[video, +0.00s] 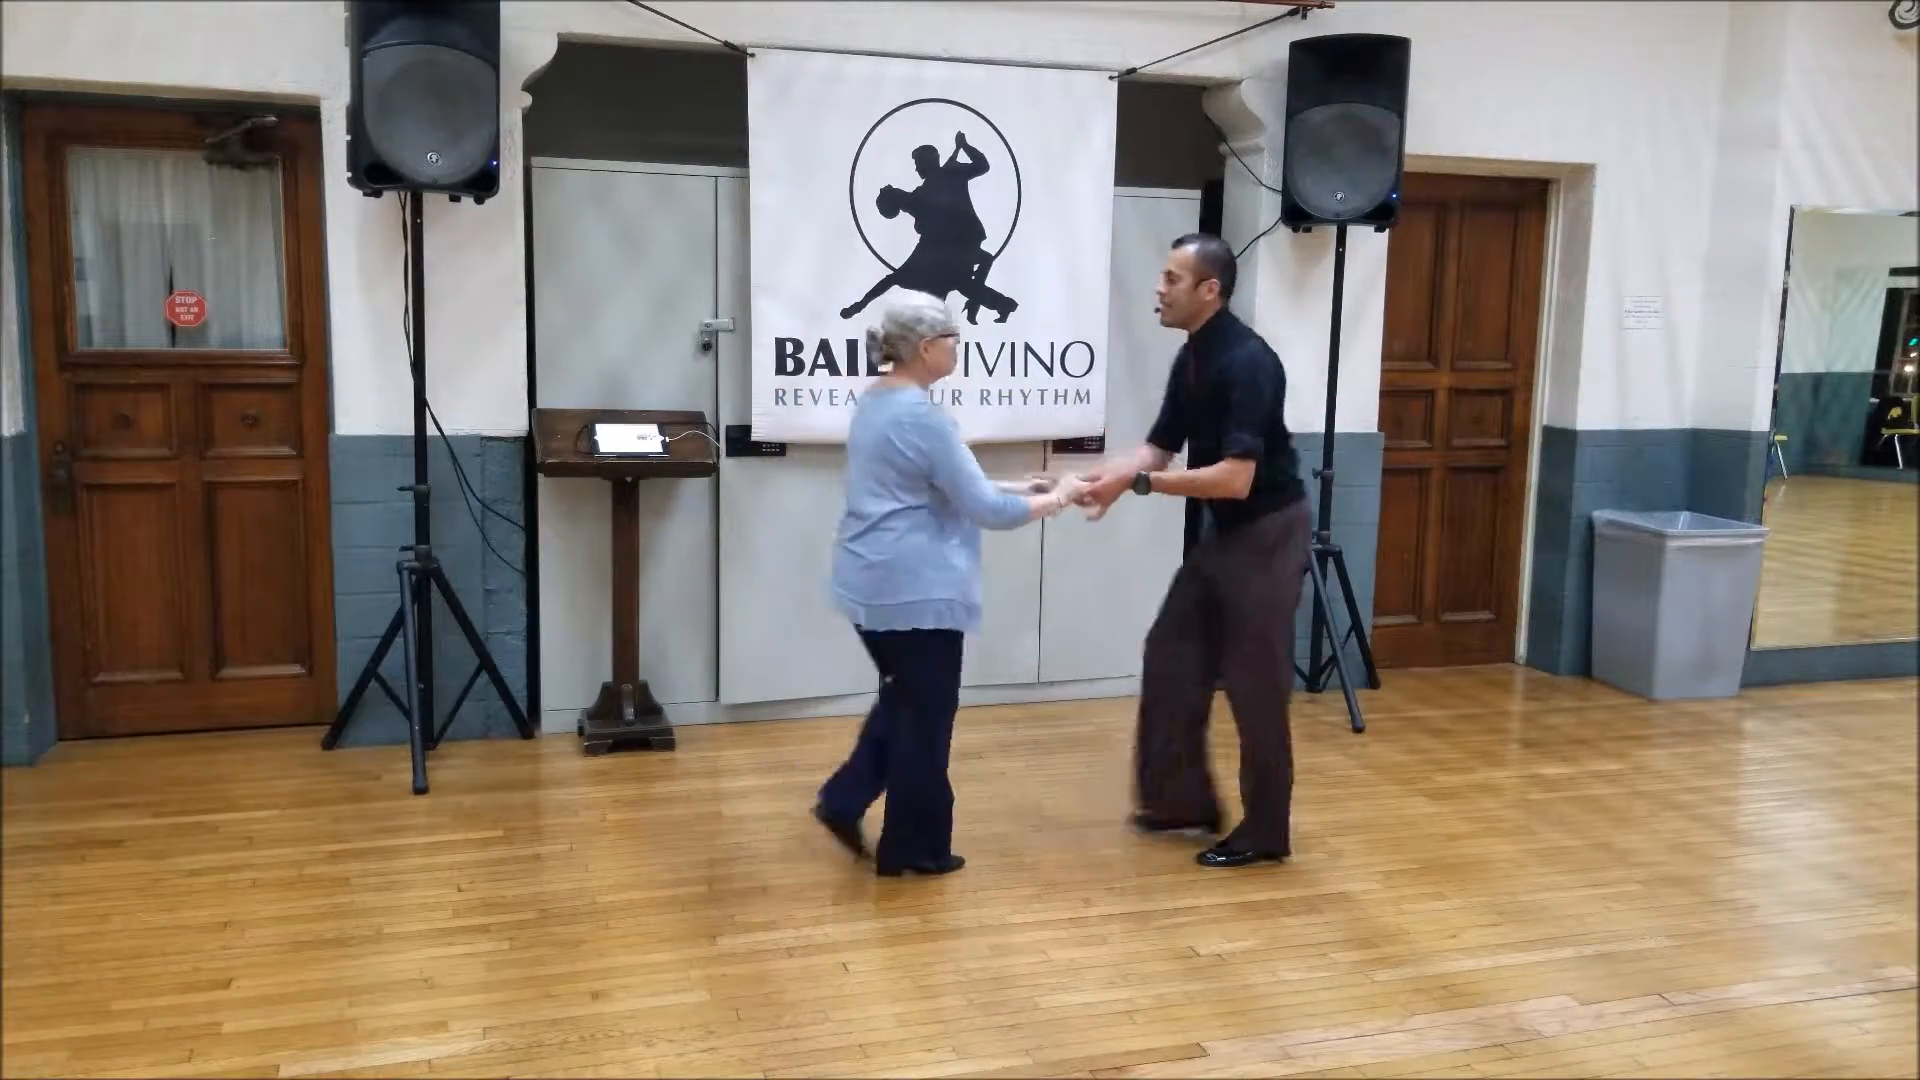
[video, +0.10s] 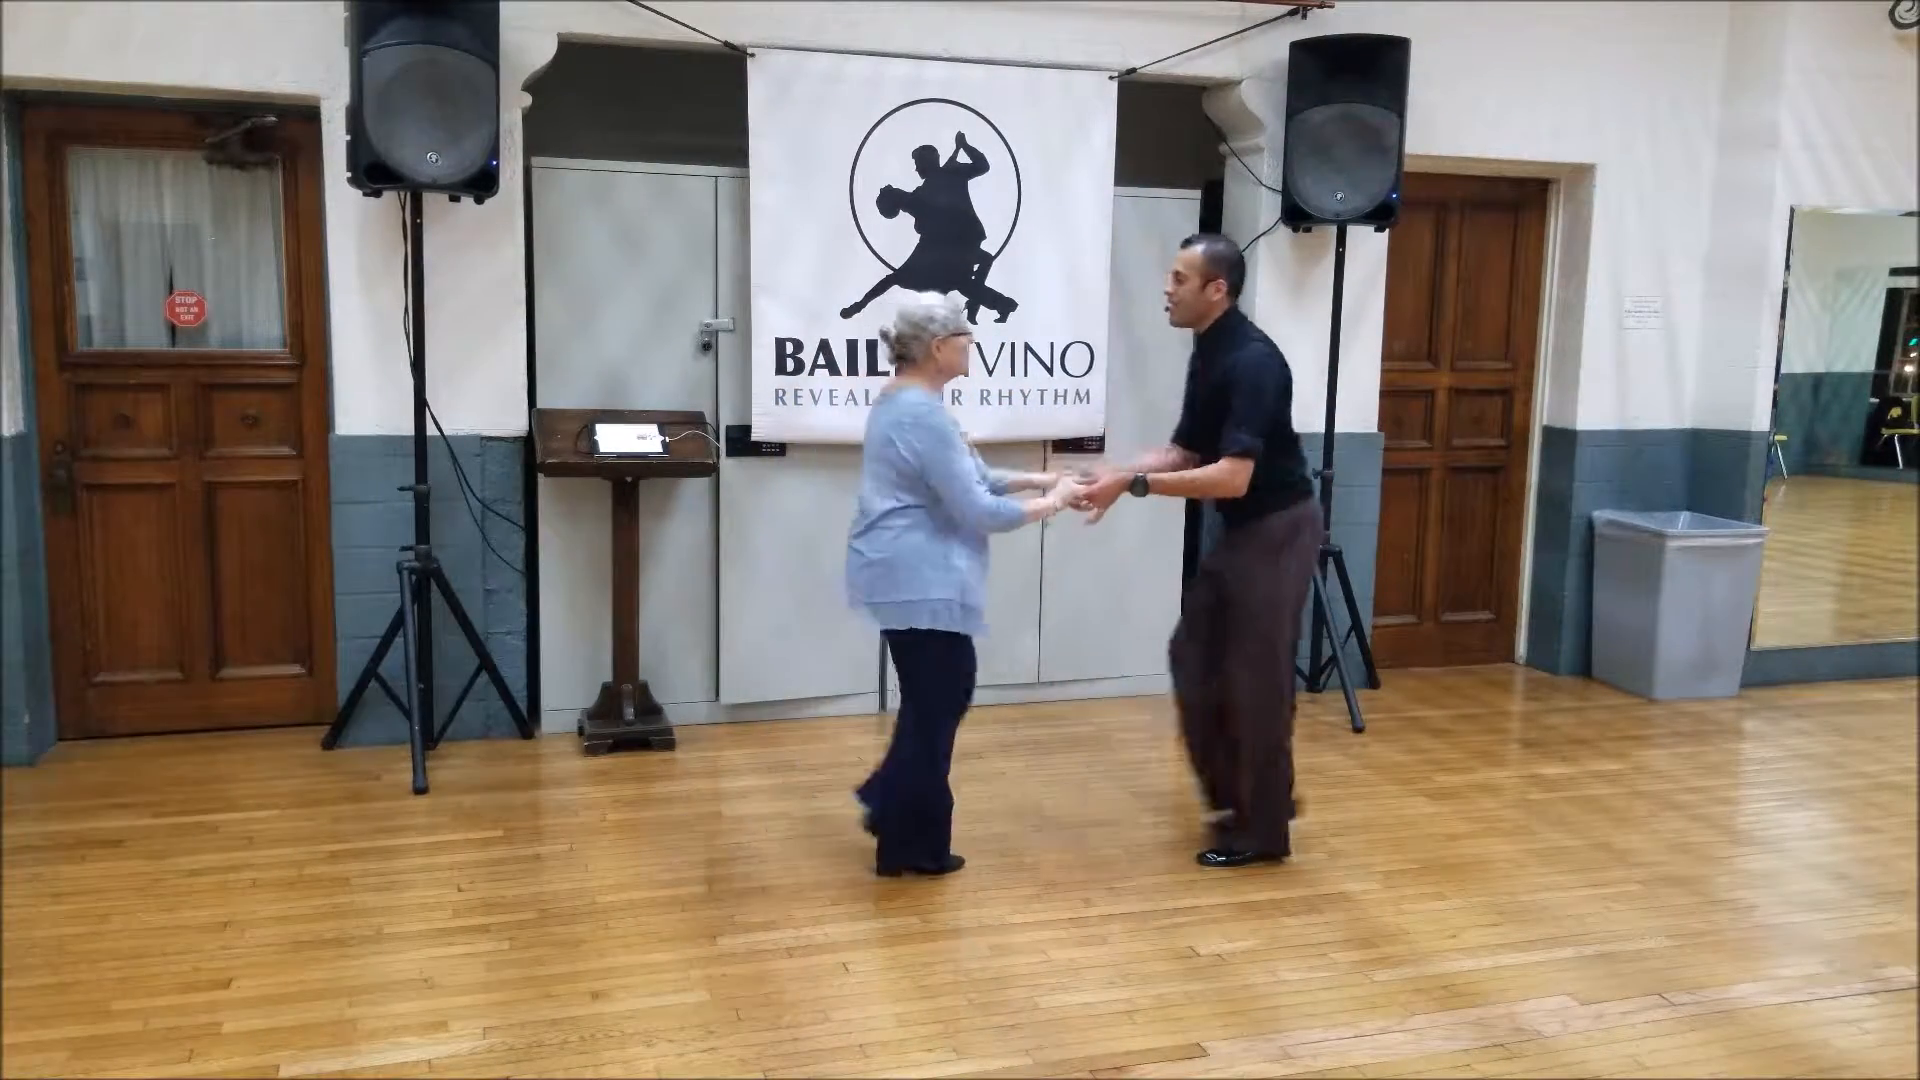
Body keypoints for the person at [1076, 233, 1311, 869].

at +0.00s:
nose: (1159, 289)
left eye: (1172, 280)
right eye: (1161, 278)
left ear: (1209, 289)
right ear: (1194, 289)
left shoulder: (1246, 361)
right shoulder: (1192, 355)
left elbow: (1236, 478)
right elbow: (1163, 447)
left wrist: (1147, 481)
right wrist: (1114, 481)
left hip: (1267, 535)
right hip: (1218, 533)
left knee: (1256, 680)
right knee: (1171, 658)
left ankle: (1266, 833)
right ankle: (1183, 804)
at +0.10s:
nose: (1168, 289)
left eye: (1180, 280)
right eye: (1170, 278)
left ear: (1216, 289)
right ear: (1204, 288)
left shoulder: (1251, 359)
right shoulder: (1208, 349)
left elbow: (1233, 478)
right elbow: (1187, 450)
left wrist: (1145, 483)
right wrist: (1122, 477)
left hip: (1276, 531)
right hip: (1236, 528)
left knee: (1256, 674)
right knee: (1194, 658)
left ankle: (1263, 833)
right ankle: (1240, 803)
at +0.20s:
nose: (1181, 287)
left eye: (1193, 278)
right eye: (1184, 275)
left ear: (1229, 288)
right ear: (1222, 287)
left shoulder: (1257, 356)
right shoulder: (1216, 343)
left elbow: (1231, 471)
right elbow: (1209, 447)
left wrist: (1132, 482)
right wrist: (1134, 458)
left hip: (1283, 527)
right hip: (1253, 523)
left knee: (1258, 680)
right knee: (1235, 674)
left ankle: (1262, 833)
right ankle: (1339, 787)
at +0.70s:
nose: (1191, 288)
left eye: (1203, 279)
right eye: (1194, 276)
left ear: (1242, 291)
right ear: (1225, 288)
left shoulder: (1272, 360)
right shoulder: (1214, 349)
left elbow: (1249, 459)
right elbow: (1197, 453)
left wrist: (1167, 408)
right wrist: (1119, 478)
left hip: (1261, 538)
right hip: (1229, 535)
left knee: (1224, 680)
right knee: (1275, 672)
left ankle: (1246, 833)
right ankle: (1359, 795)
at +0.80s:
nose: (1180, 282)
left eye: (1193, 272)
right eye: (1183, 270)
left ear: (1232, 282)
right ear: (1222, 281)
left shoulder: (1263, 350)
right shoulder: (1202, 353)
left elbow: (1226, 425)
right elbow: (1159, 451)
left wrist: (1146, 374)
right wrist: (1077, 469)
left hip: (1254, 534)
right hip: (1216, 532)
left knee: (1235, 679)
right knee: (1225, 673)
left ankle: (1246, 833)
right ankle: (1331, 778)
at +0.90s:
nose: (1161, 276)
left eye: (1174, 266)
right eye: (1164, 264)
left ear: (1215, 275)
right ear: (1196, 274)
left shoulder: (1243, 334)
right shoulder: (1186, 350)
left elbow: (1189, 378)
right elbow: (1131, 441)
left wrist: (1111, 330)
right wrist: (1050, 459)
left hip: (1246, 535)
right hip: (1201, 535)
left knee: (1240, 682)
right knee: (1168, 666)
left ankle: (1254, 833)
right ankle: (1254, 772)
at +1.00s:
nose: (1140, 277)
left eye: (1153, 267)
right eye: (1141, 266)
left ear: (1194, 275)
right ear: (1173, 273)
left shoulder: (1221, 331)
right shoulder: (1167, 346)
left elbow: (1144, 341)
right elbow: (1113, 439)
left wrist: (1070, 298)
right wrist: (1030, 451)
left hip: (1227, 531)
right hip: (1178, 532)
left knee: (1239, 680)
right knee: (1132, 668)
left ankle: (1258, 833)